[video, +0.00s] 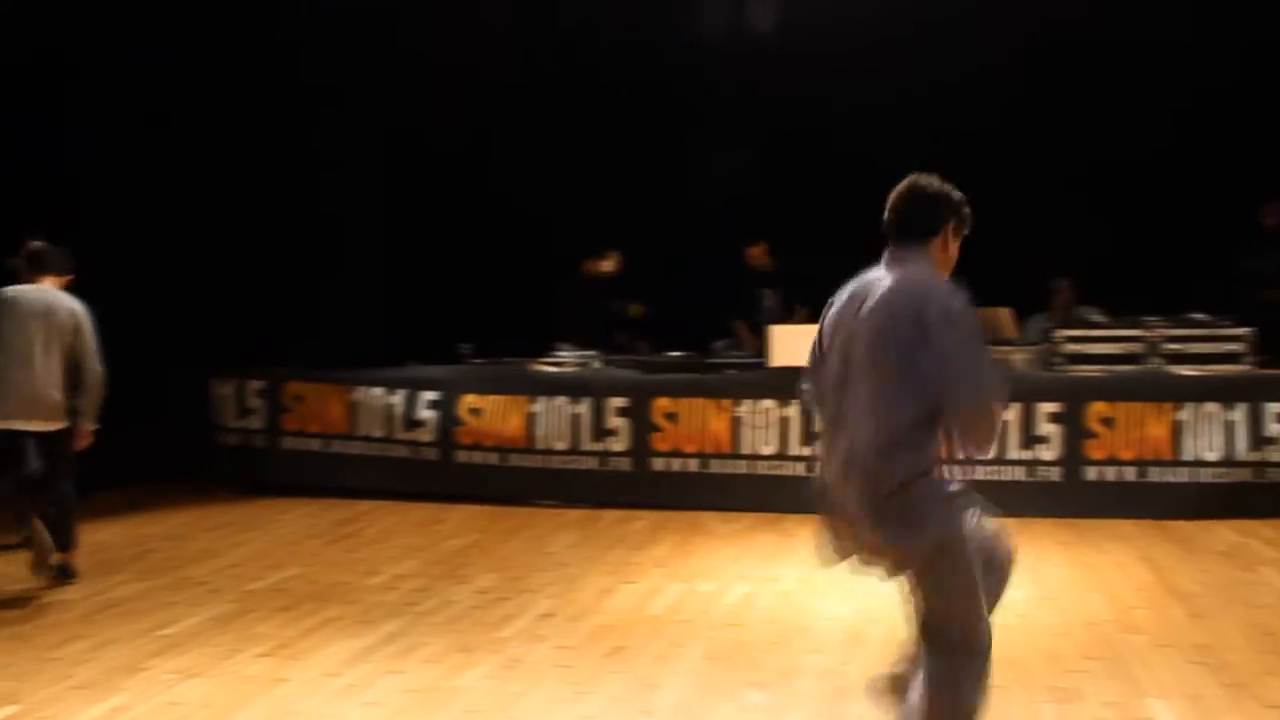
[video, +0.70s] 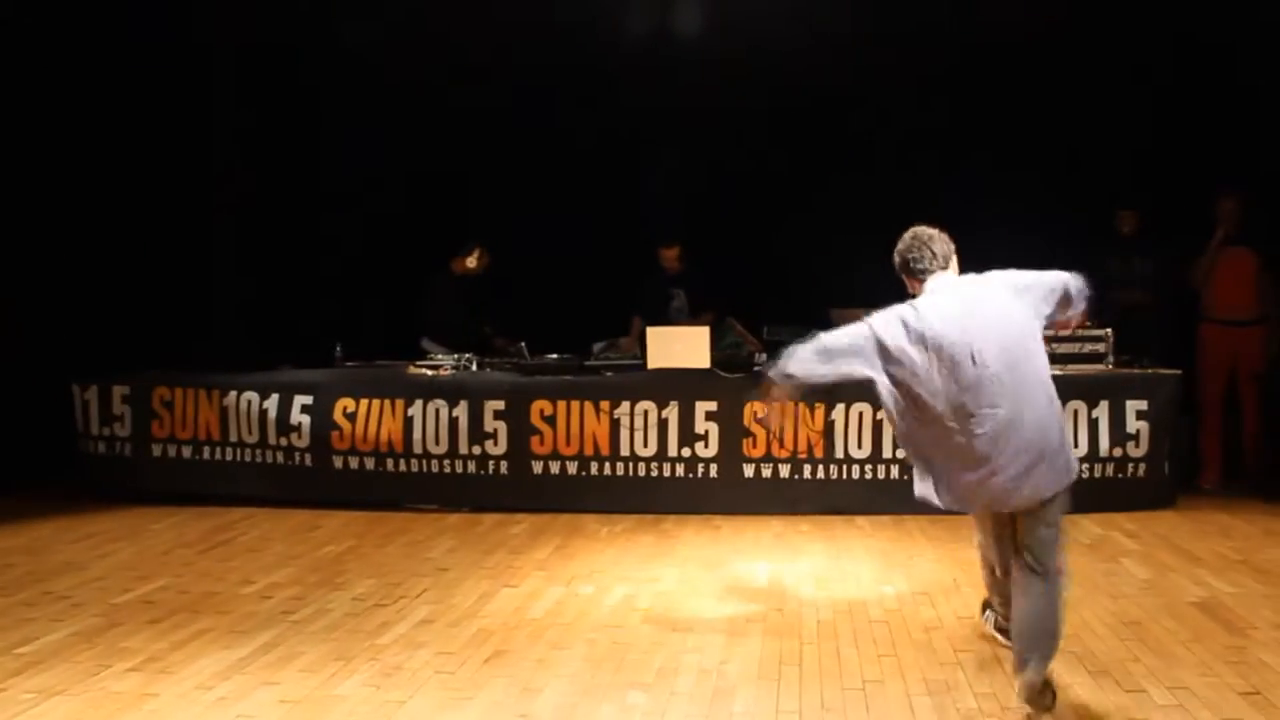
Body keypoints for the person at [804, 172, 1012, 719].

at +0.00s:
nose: (958, 254)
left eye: (958, 240)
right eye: (958, 240)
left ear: (891, 232)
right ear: (943, 238)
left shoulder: (848, 297)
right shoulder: (938, 302)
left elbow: (817, 391)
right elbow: (977, 421)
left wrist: (865, 433)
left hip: (849, 498)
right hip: (910, 501)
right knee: (959, 644)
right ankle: (938, 707)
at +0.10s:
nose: (953, 239)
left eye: (954, 230)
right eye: (953, 229)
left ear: (889, 224)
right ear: (940, 223)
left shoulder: (847, 287)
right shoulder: (954, 271)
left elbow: (856, 370)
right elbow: (1014, 366)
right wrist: (982, 388)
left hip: (875, 462)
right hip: (940, 460)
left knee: (1012, 528)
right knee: (979, 592)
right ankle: (909, 708)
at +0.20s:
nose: (941, 247)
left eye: (938, 241)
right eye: (940, 240)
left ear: (877, 244)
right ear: (930, 238)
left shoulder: (847, 309)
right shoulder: (961, 275)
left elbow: (877, 404)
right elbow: (1036, 352)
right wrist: (1034, 381)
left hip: (909, 476)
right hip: (979, 464)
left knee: (1014, 561)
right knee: (970, 600)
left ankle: (1047, 672)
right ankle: (900, 706)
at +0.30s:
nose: (938, 258)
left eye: (936, 252)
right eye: (937, 251)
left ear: (877, 262)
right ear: (929, 250)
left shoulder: (852, 326)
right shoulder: (972, 289)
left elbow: (878, 414)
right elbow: (1049, 332)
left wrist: (910, 461)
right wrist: (1107, 381)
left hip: (930, 481)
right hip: (1004, 461)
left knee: (987, 592)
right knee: (1017, 592)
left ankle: (1032, 693)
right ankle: (965, 694)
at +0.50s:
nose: (949, 247)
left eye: (944, 242)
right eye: (948, 240)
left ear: (893, 257)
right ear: (943, 241)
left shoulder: (880, 308)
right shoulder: (984, 272)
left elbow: (837, 356)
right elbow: (1052, 303)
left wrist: (880, 353)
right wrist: (1110, 348)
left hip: (946, 450)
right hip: (1010, 436)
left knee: (981, 557)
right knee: (1039, 522)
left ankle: (1002, 674)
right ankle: (1085, 603)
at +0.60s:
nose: (953, 251)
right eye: (952, 243)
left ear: (901, 261)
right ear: (949, 243)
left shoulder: (889, 307)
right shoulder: (997, 272)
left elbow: (817, 343)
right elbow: (1074, 290)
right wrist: (1094, 327)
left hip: (958, 449)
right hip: (1027, 436)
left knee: (990, 528)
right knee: (1053, 534)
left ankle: (1013, 631)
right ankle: (1033, 648)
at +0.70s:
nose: (910, 289)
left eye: (906, 280)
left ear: (907, 280)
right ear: (956, 262)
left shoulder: (900, 323)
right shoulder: (1007, 286)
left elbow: (819, 352)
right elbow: (1073, 286)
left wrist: (778, 375)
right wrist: (1063, 318)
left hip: (978, 467)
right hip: (1045, 455)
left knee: (995, 545)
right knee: (1041, 567)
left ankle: (1005, 615)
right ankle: (1035, 669)